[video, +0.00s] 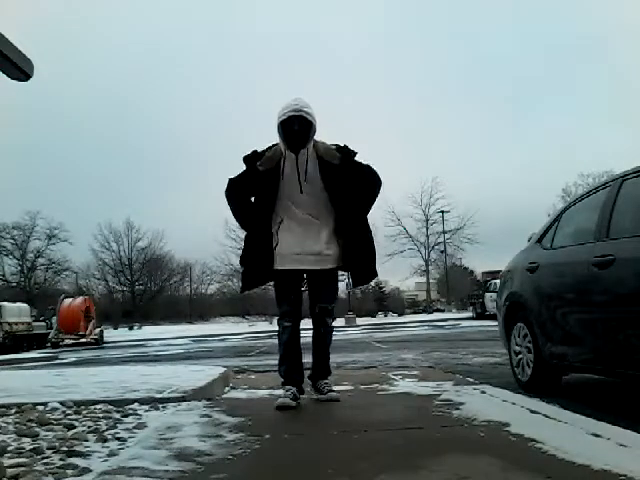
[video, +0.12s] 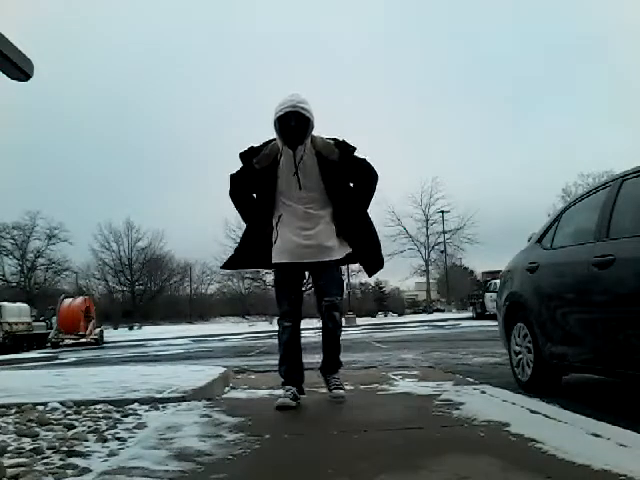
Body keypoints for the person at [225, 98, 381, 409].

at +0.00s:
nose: (295, 130)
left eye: (301, 124)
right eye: (289, 125)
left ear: (312, 127)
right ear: (279, 129)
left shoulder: (334, 158)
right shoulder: (269, 162)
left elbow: (371, 182)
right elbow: (235, 190)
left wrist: (351, 218)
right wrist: (255, 225)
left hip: (325, 252)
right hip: (285, 253)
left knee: (324, 318)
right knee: (288, 320)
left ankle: (321, 381)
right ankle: (291, 386)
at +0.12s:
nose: (292, 127)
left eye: (299, 120)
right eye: (286, 121)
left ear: (310, 122)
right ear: (277, 125)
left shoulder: (330, 150)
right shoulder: (267, 156)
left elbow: (368, 176)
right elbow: (237, 185)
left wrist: (353, 215)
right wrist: (258, 222)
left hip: (327, 243)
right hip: (286, 245)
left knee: (332, 312)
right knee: (288, 318)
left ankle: (331, 372)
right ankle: (291, 385)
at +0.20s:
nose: (293, 126)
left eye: (299, 119)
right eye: (286, 120)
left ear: (311, 121)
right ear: (277, 123)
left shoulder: (330, 148)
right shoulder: (267, 155)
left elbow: (366, 177)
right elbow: (243, 186)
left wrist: (350, 215)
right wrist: (266, 219)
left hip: (328, 243)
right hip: (288, 246)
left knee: (339, 311)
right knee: (289, 319)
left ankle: (344, 376)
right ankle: (292, 386)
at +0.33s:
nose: (299, 126)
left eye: (305, 119)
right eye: (292, 119)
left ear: (317, 120)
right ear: (282, 122)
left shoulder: (336, 148)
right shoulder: (270, 154)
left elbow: (364, 179)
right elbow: (253, 191)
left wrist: (347, 218)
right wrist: (276, 225)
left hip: (332, 241)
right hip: (291, 245)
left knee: (346, 311)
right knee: (291, 320)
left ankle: (362, 380)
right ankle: (292, 386)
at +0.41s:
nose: (306, 124)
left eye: (313, 118)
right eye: (300, 118)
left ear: (324, 119)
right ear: (289, 121)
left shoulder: (341, 149)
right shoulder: (277, 153)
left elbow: (367, 181)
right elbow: (259, 191)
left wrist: (345, 222)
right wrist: (282, 225)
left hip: (335, 242)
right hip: (295, 245)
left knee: (350, 312)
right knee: (292, 319)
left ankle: (367, 382)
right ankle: (292, 386)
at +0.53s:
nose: (320, 125)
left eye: (327, 119)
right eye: (314, 119)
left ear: (338, 119)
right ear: (304, 120)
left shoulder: (356, 151)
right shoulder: (289, 151)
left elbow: (372, 187)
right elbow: (272, 190)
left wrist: (353, 223)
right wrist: (293, 226)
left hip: (345, 245)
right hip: (305, 246)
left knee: (356, 314)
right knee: (299, 319)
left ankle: (367, 384)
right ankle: (293, 386)